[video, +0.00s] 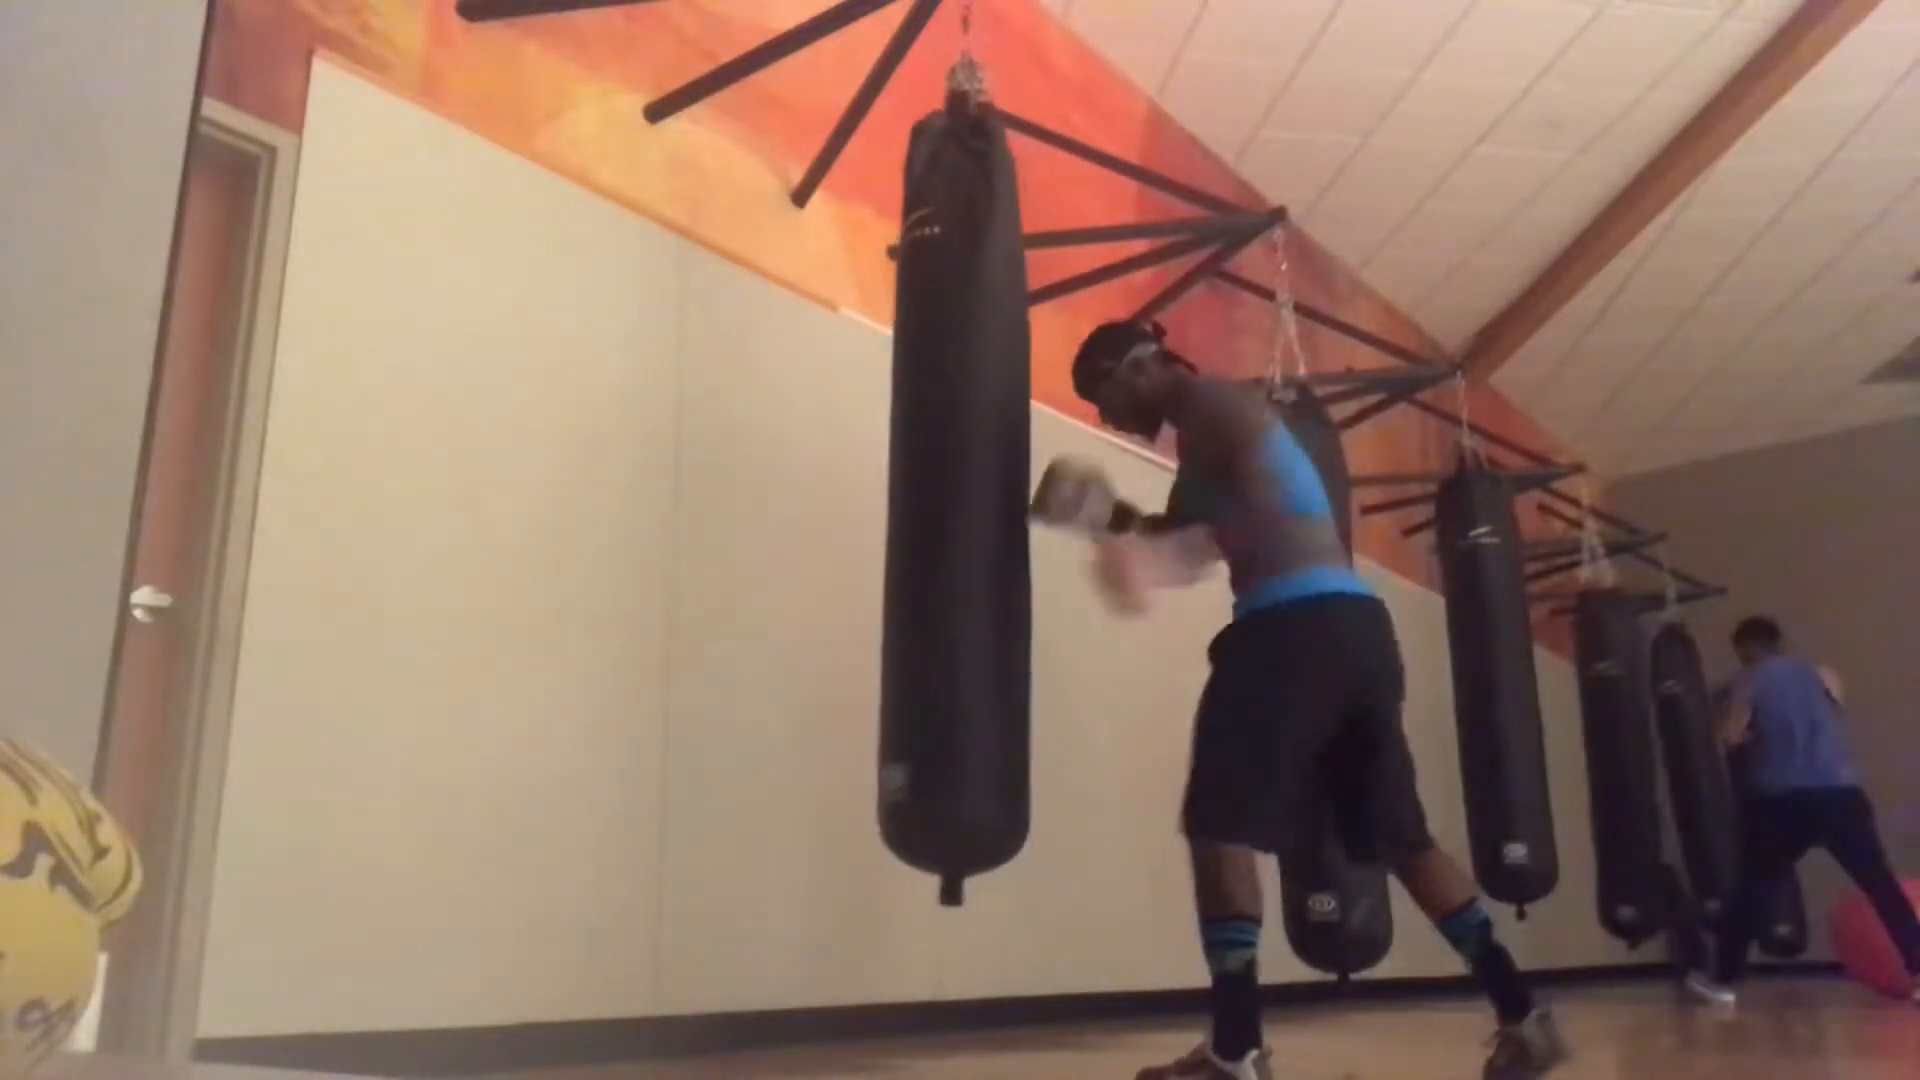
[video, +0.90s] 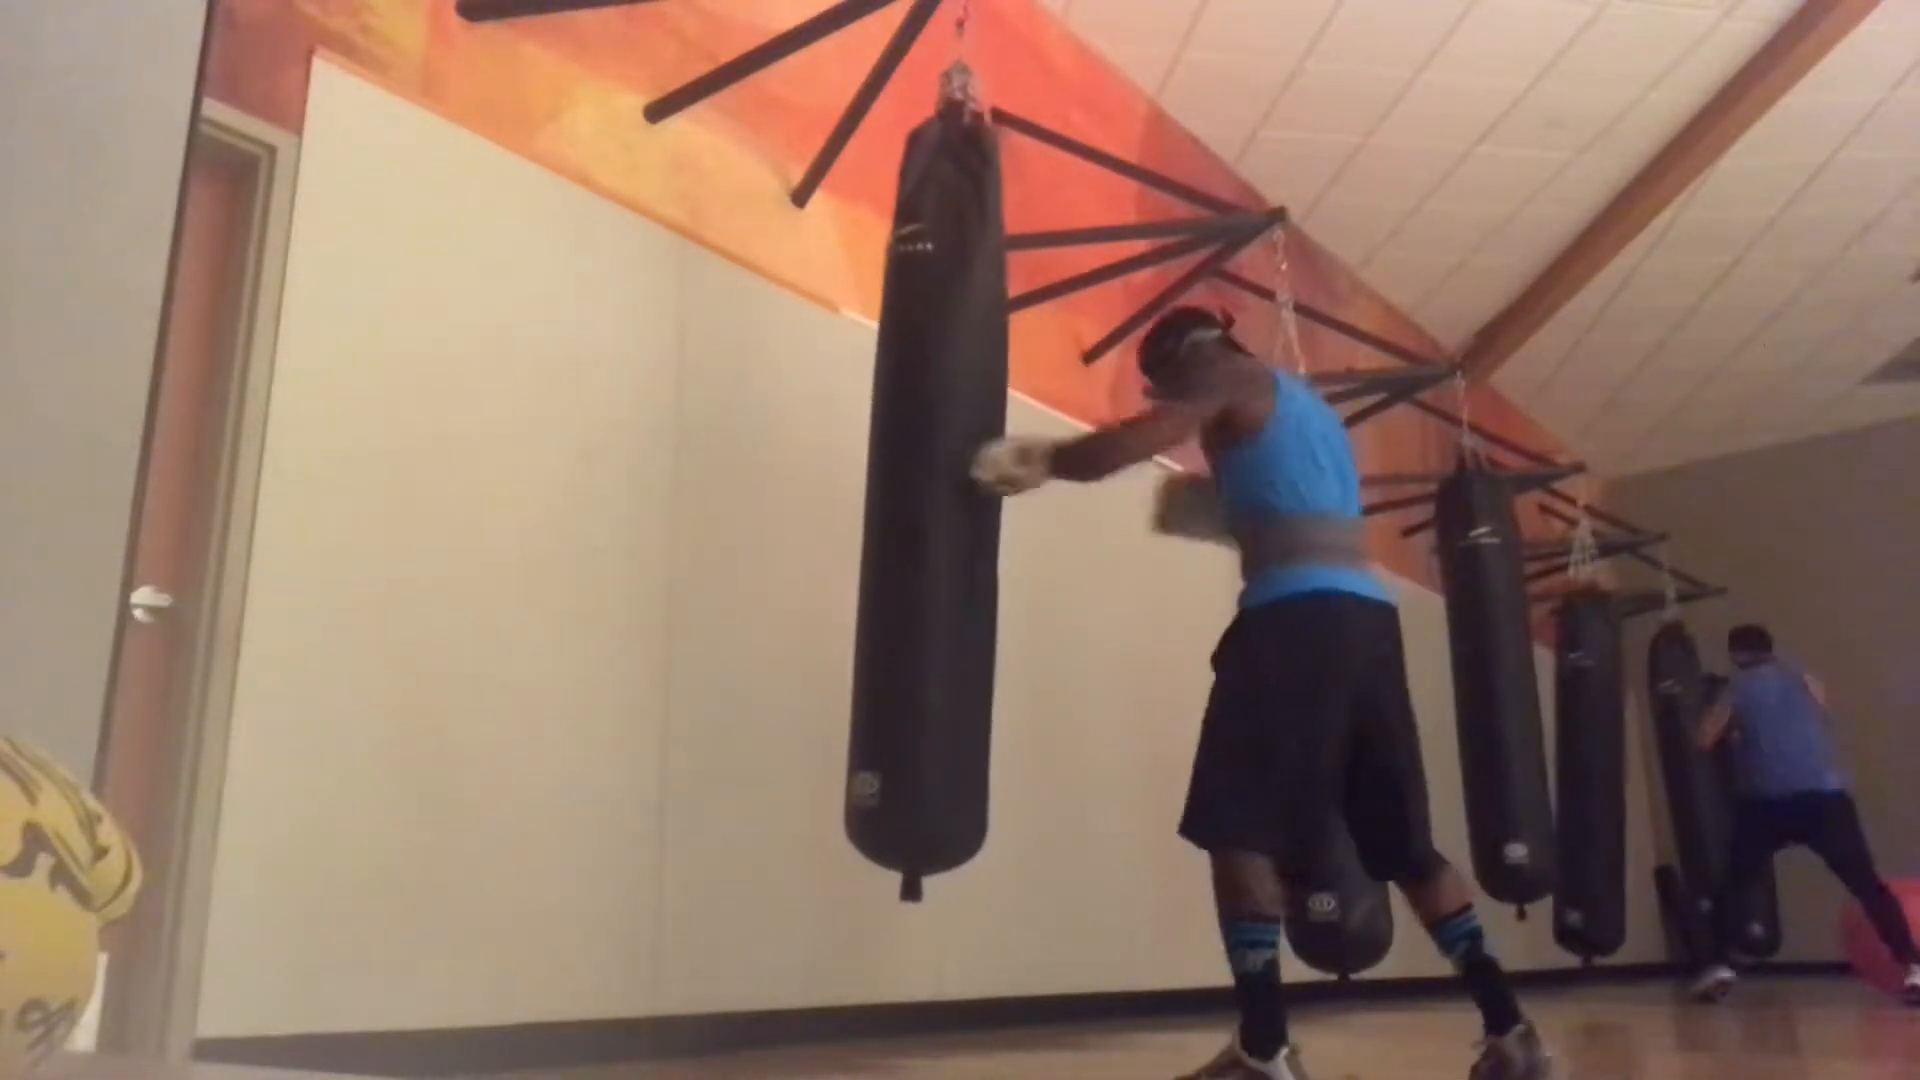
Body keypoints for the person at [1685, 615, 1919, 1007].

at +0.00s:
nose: (1740, 658)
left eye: (1740, 652)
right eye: (1741, 652)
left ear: (1745, 650)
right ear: (1779, 642)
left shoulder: (1748, 682)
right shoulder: (1817, 672)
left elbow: (1730, 735)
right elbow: (1836, 703)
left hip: (1782, 801)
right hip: (1840, 796)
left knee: (1752, 887)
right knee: (1880, 882)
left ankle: (1724, 980)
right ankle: (1918, 968)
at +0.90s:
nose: (1734, 663)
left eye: (1733, 658)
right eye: (1737, 657)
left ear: (1735, 656)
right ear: (1770, 650)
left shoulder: (1737, 688)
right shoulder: (1801, 679)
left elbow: (1706, 738)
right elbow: (1822, 712)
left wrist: (1728, 727)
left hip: (1769, 802)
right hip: (1824, 798)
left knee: (1735, 882)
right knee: (1867, 884)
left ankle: (1721, 964)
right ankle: (1911, 965)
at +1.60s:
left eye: (1747, 648)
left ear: (1738, 651)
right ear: (1774, 646)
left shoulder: (1725, 689)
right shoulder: (1799, 677)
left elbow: (1691, 733)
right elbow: (1823, 707)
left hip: (1766, 800)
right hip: (1824, 794)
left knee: (1740, 884)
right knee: (1867, 878)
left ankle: (1715, 973)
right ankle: (1899, 967)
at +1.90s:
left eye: (1769, 639)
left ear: (1762, 642)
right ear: (1801, 636)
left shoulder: (1750, 682)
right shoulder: (1830, 667)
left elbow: (1741, 738)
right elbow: (1852, 700)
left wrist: (1772, 749)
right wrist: (1821, 723)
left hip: (1786, 794)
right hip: (1847, 788)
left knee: (1770, 884)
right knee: (1880, 881)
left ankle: (1758, 978)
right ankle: (1904, 976)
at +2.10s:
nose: (1744, 654)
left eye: (1742, 648)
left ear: (1739, 649)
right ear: (1776, 640)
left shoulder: (1736, 691)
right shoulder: (1811, 667)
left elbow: (1741, 757)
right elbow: (1839, 698)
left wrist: (1775, 750)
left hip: (1785, 798)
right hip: (1844, 790)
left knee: (1771, 888)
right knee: (1879, 882)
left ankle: (1760, 982)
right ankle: (1903, 976)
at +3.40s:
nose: (1750, 665)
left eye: (1745, 659)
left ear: (1744, 657)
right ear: (1783, 647)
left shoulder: (1748, 689)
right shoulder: (1825, 672)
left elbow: (1714, 728)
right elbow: (1848, 707)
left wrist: (1716, 695)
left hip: (1799, 802)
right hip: (1857, 797)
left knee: (1783, 892)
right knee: (1905, 878)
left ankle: (1771, 981)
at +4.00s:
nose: (1727, 675)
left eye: (1726, 668)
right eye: (1726, 668)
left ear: (1731, 666)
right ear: (1765, 657)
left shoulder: (1746, 691)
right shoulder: (1795, 682)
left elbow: (1689, 713)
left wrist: (1642, 713)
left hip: (1806, 794)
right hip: (1859, 784)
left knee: (1774, 884)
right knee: (1908, 867)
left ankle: (1760, 975)